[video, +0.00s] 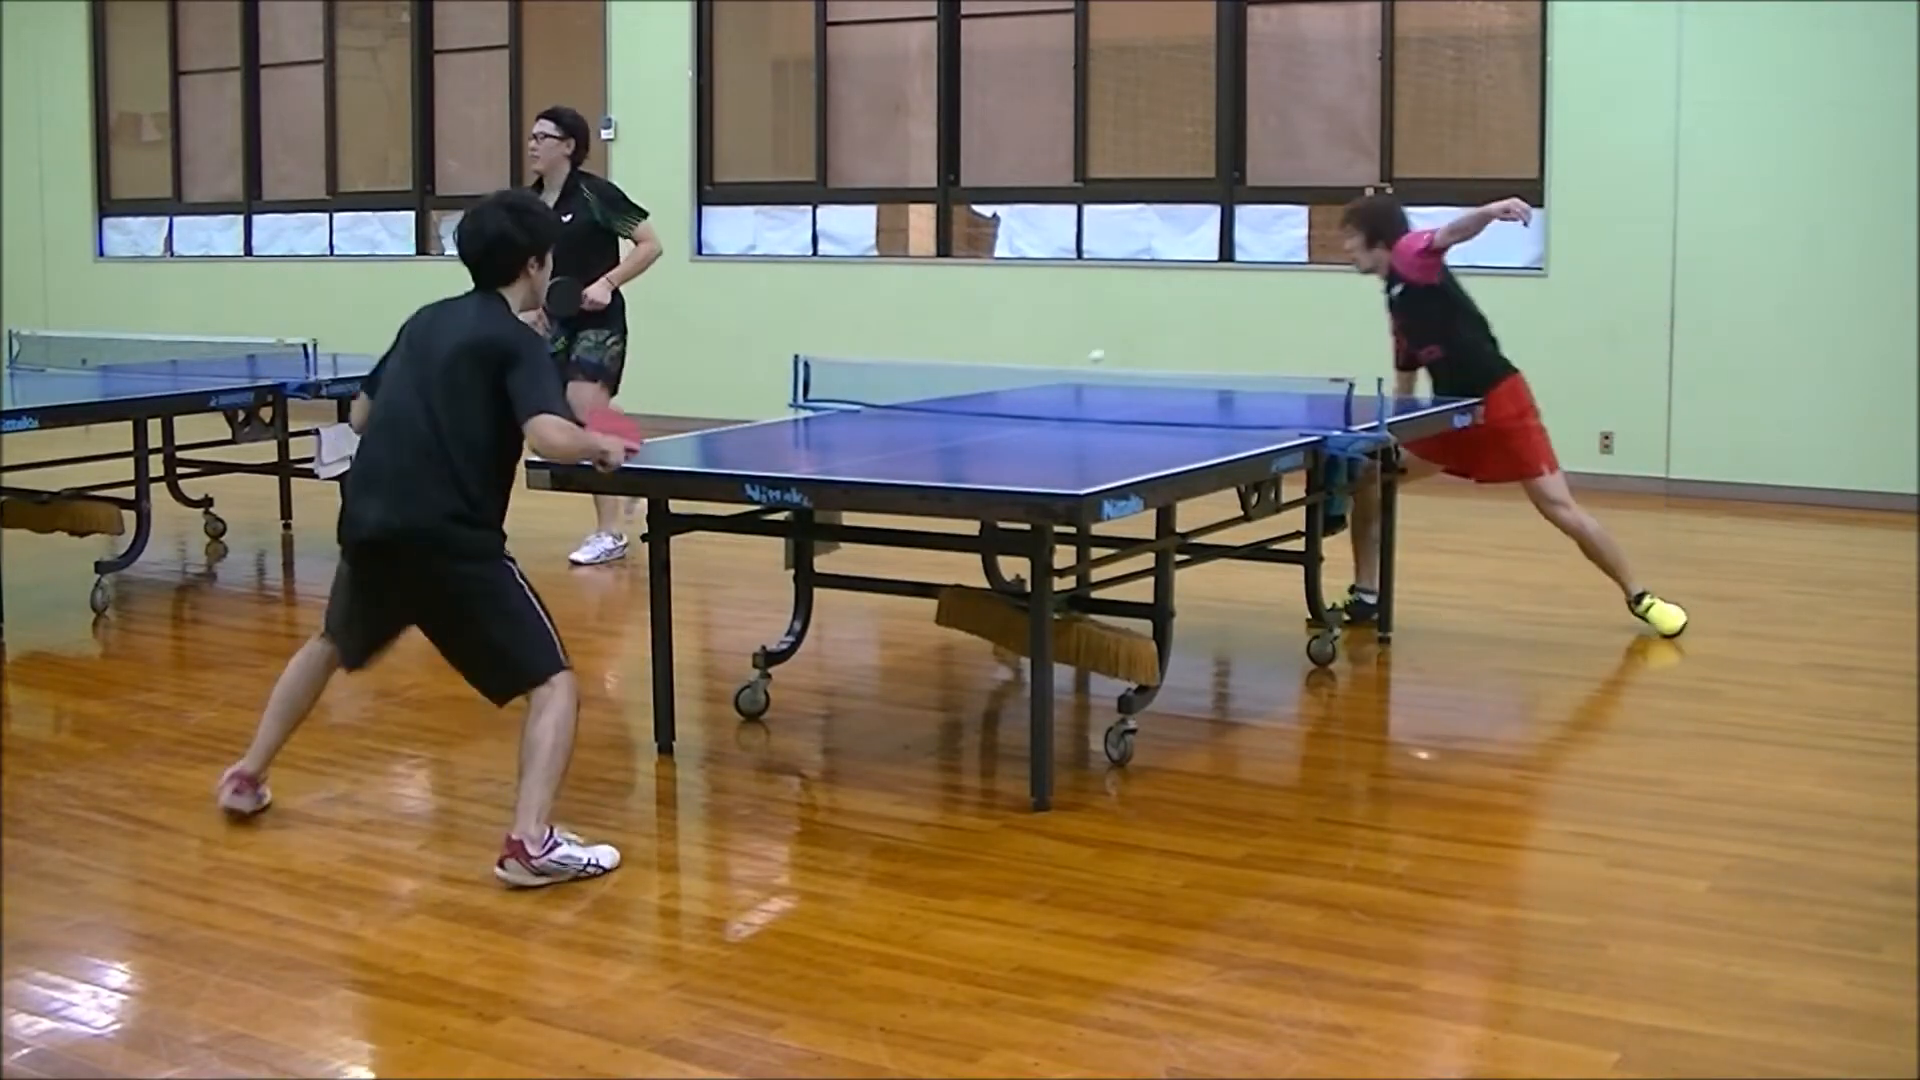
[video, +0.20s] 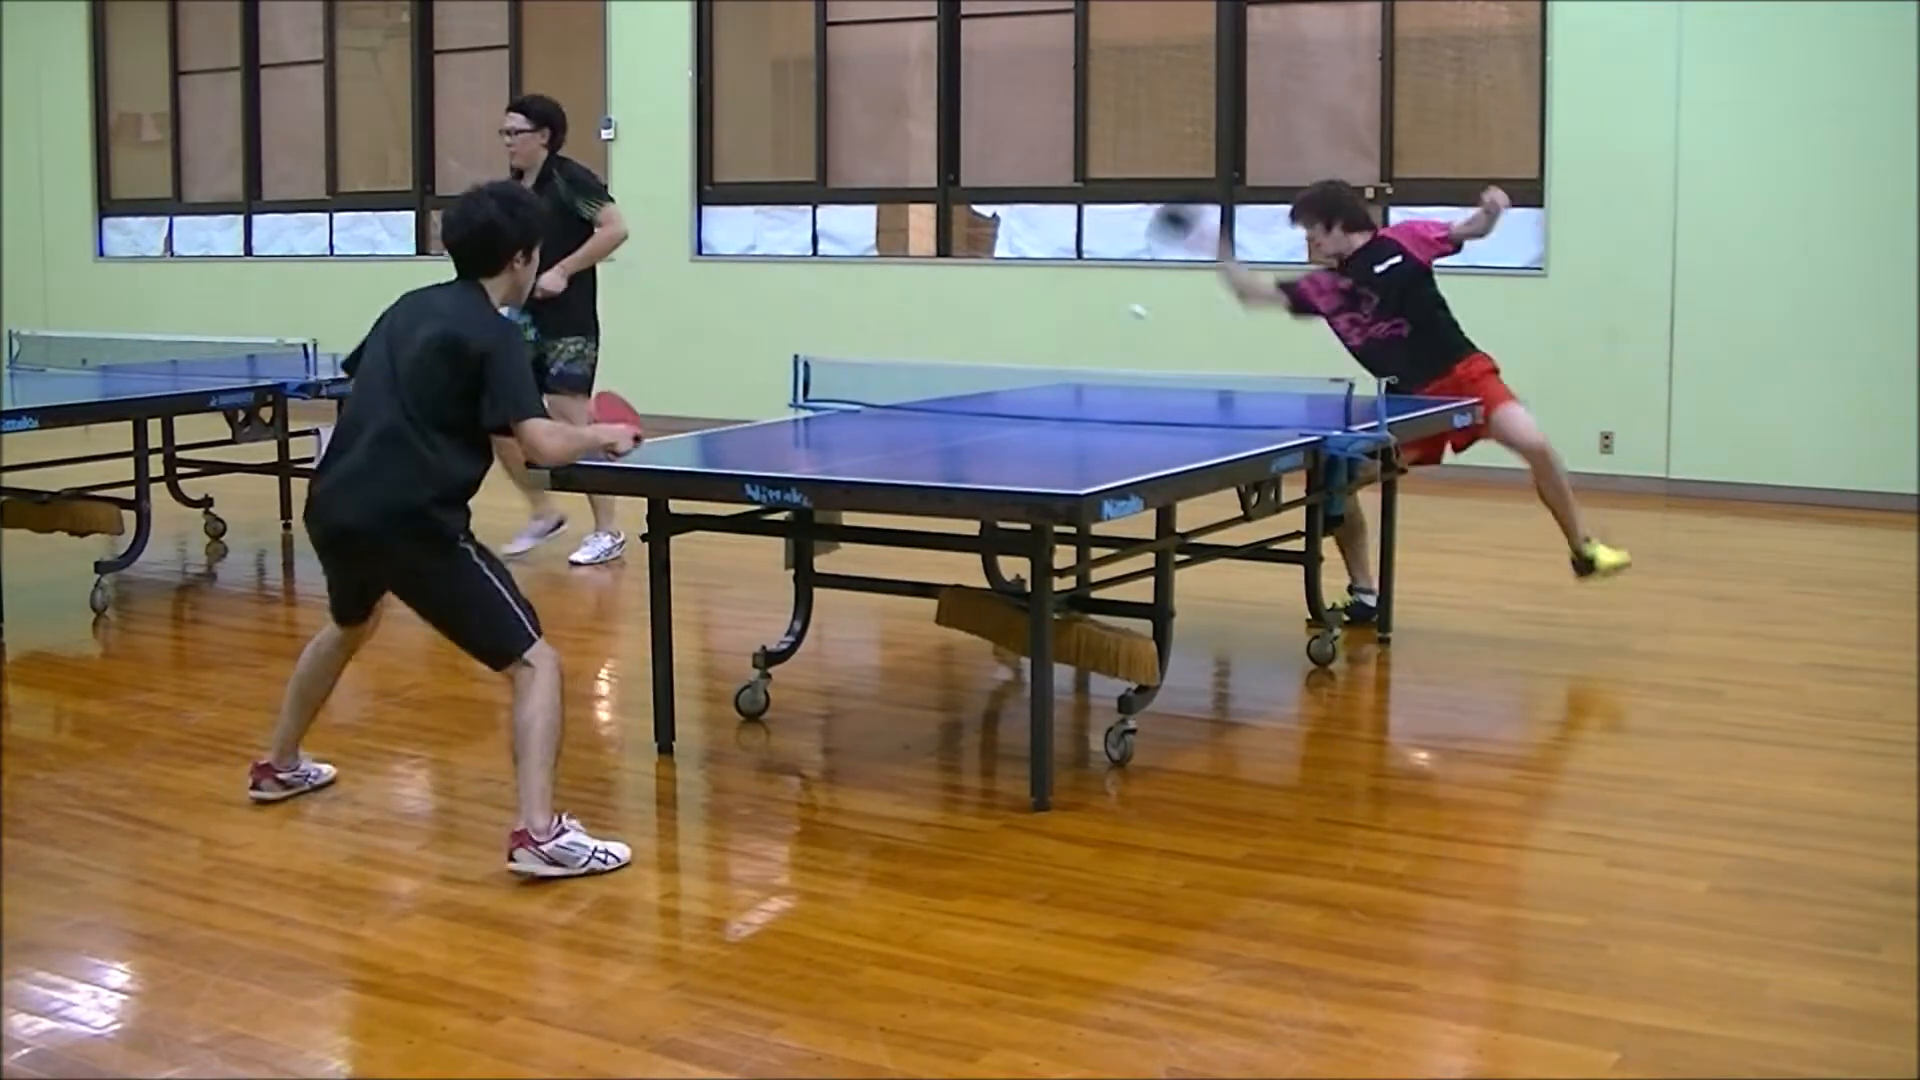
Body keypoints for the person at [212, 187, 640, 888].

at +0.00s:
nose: (551, 273)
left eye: (548, 260)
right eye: (547, 261)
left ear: (477, 262)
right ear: (529, 266)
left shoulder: (423, 323)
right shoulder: (519, 342)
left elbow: (363, 415)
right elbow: (549, 439)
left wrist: (434, 431)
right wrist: (596, 446)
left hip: (371, 531)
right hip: (454, 537)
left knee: (328, 644)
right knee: (553, 683)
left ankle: (246, 774)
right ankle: (531, 840)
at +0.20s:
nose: (537, 269)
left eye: (536, 256)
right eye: (536, 256)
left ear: (463, 251)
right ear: (519, 260)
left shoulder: (407, 307)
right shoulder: (497, 333)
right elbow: (542, 444)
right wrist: (601, 437)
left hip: (334, 506)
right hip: (413, 518)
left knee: (349, 621)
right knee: (535, 661)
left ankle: (277, 762)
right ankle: (539, 829)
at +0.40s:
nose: (542, 300)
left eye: (540, 286)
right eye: (537, 287)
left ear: (477, 287)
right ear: (509, 294)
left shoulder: (435, 344)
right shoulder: (467, 362)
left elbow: (448, 446)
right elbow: (510, 486)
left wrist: (522, 430)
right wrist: (620, 468)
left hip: (362, 557)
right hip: (416, 571)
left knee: (384, 647)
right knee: (582, 662)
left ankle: (279, 765)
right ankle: (591, 842)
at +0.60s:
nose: (618, 300)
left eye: (612, 288)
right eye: (606, 291)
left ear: (556, 307)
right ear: (569, 310)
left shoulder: (510, 356)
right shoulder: (538, 395)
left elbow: (503, 449)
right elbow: (642, 497)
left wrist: (591, 437)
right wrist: (737, 452)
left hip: (412, 558)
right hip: (459, 578)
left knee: (387, 662)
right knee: (631, 658)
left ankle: (283, 764)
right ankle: (602, 847)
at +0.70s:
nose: (661, 289)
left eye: (656, 277)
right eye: (652, 280)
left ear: (582, 295)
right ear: (615, 300)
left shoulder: (528, 336)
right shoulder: (619, 388)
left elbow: (469, 433)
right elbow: (756, 442)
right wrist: (865, 392)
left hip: (414, 537)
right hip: (479, 560)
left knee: (375, 648)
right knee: (646, 658)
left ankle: (300, 767)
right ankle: (604, 847)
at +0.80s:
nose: (684, 273)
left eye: (680, 259)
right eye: (677, 261)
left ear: (606, 273)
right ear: (647, 281)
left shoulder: (544, 308)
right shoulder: (657, 369)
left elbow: (431, 336)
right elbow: (800, 388)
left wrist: (488, 353)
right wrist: (894, 312)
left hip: (420, 516)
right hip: (493, 541)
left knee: (372, 650)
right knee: (647, 658)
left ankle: (301, 782)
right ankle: (603, 849)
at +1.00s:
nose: (653, 237)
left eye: (650, 222)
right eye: (650, 224)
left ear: (563, 223)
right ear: (629, 233)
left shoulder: (499, 277)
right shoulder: (629, 310)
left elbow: (389, 343)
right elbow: (728, 404)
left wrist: (416, 413)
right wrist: (820, 360)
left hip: (421, 494)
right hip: (509, 513)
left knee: (366, 643)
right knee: (636, 646)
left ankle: (288, 792)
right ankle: (650, 834)